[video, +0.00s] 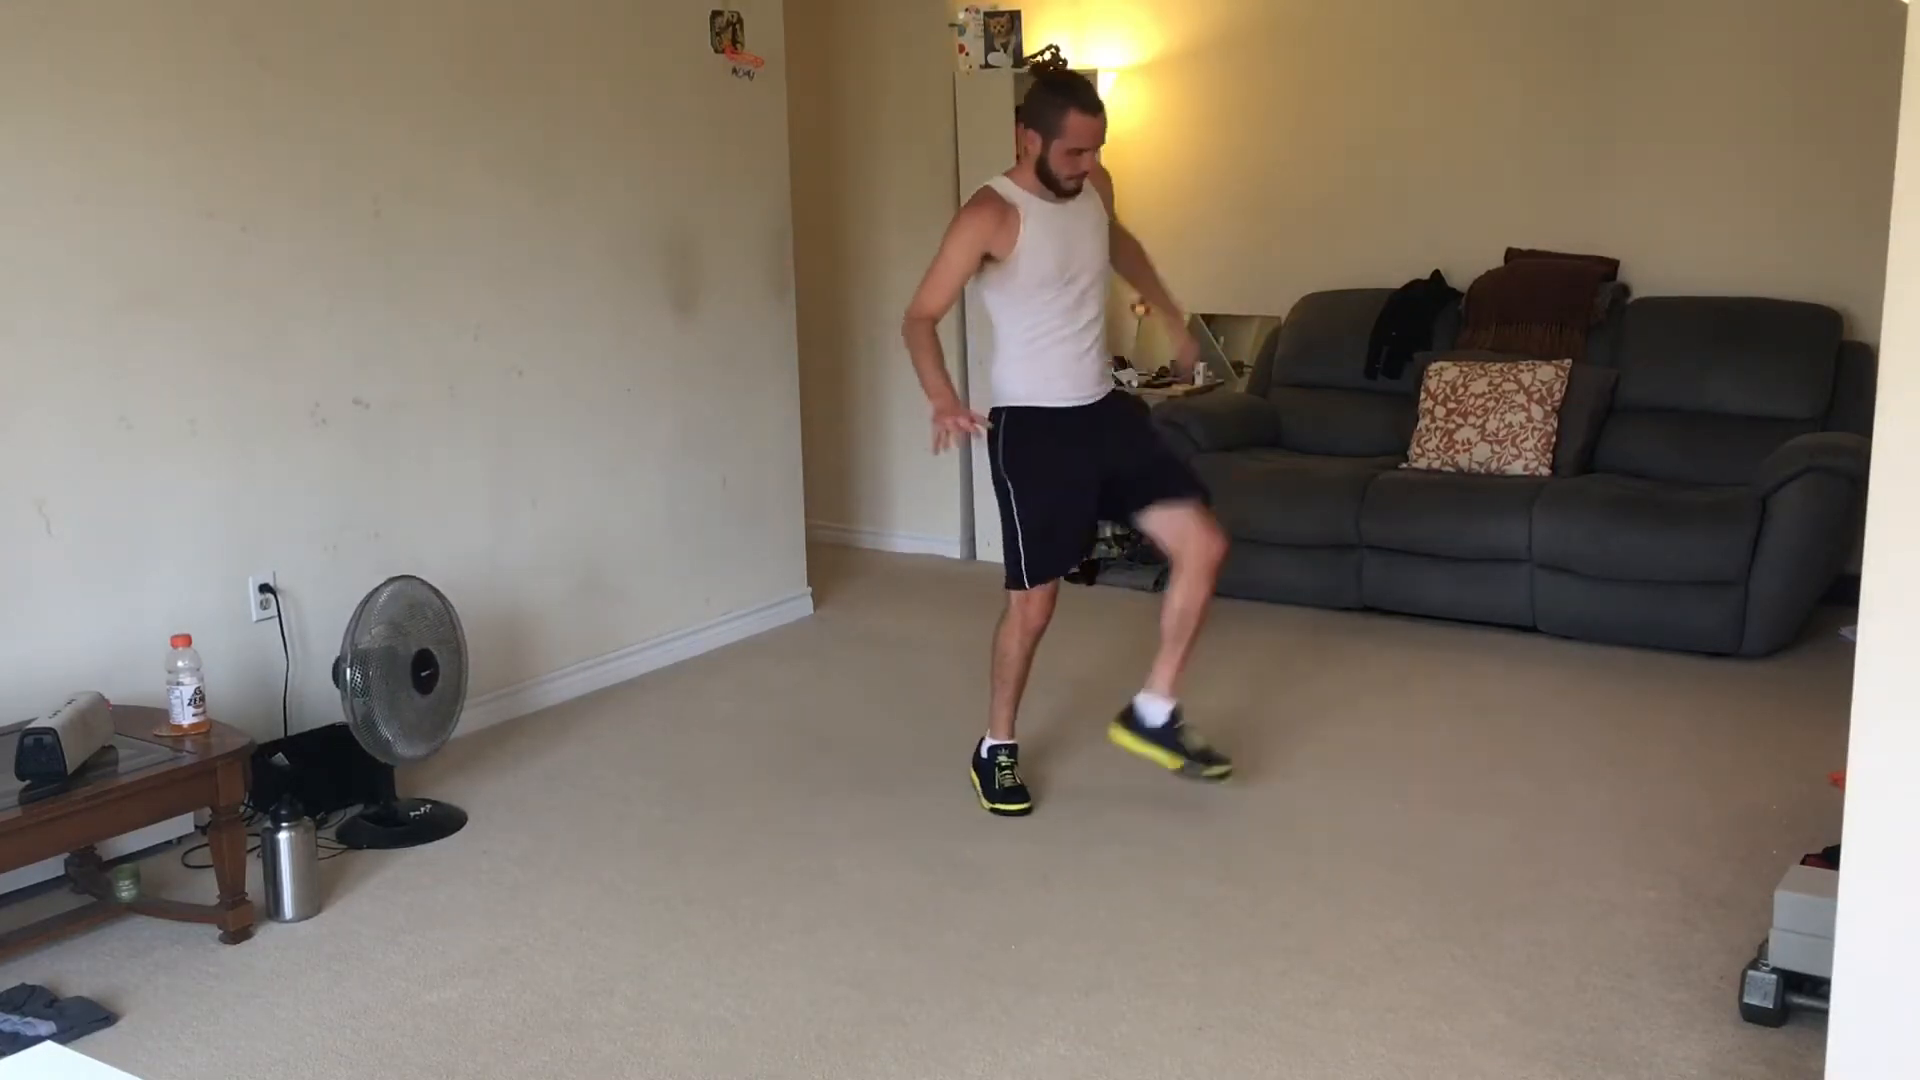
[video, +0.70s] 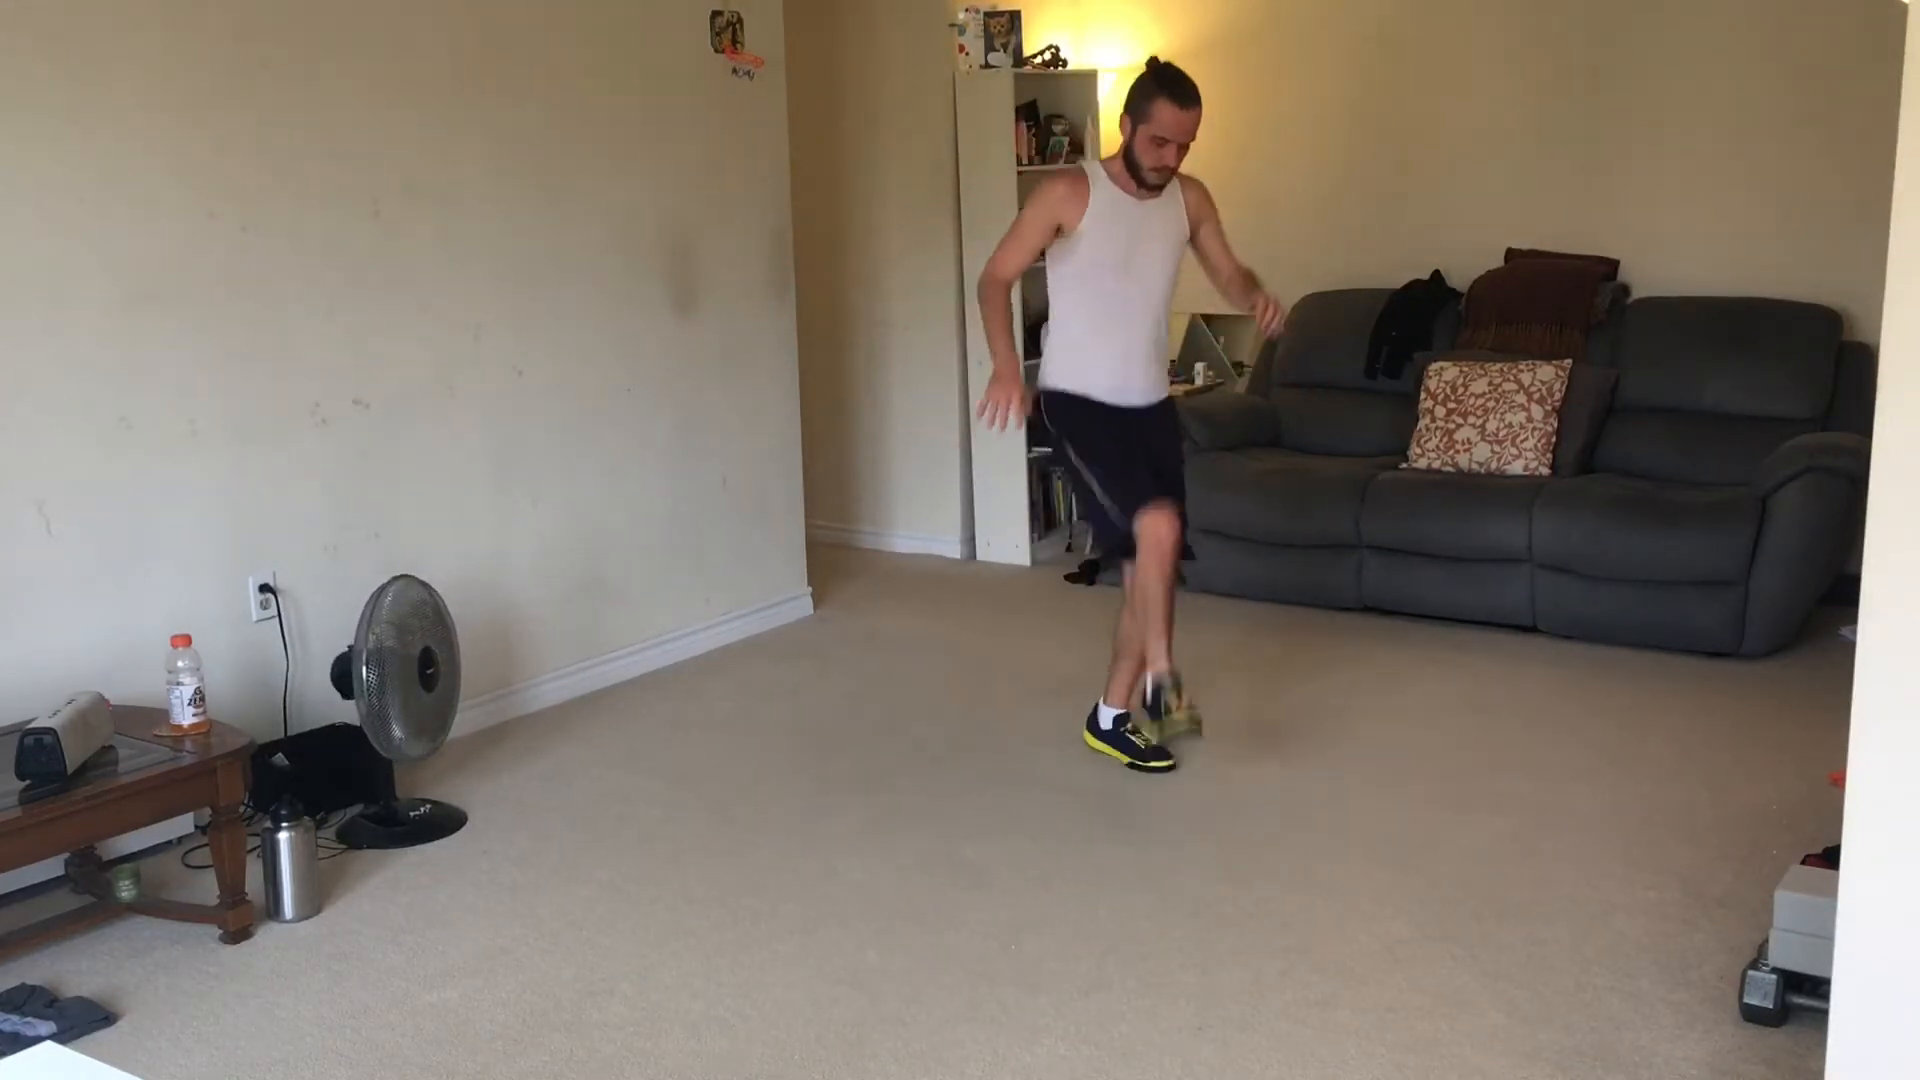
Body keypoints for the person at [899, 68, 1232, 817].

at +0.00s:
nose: (1087, 165)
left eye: (1094, 151)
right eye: (1074, 152)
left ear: (1097, 139)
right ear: (1028, 140)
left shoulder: (1090, 193)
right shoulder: (989, 214)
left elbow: (1123, 251)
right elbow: (919, 319)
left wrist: (1174, 321)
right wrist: (941, 397)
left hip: (1105, 414)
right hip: (1031, 427)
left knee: (1201, 545)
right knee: (1033, 601)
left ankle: (1155, 709)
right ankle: (997, 747)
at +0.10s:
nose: (1110, 162)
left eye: (1118, 149)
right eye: (1098, 148)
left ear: (1125, 140)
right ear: (1058, 138)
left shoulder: (1126, 197)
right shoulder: (1013, 211)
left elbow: (1164, 263)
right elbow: (939, 309)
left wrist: (1247, 330)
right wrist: (954, 401)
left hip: (1122, 420)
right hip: (1046, 423)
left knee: (1140, 594)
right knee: (1069, 600)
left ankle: (1099, 730)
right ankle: (1019, 728)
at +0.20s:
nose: (1132, 176)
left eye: (1142, 162)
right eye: (1119, 161)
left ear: (1152, 153)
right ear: (1083, 146)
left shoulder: (1154, 214)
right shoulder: (1031, 217)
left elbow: (1208, 281)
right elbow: (951, 303)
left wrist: (1282, 343)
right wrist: (947, 398)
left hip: (1125, 415)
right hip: (1048, 411)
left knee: (1147, 587)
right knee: (1101, 511)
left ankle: (1101, 732)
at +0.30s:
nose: (1151, 169)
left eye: (1163, 156)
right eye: (1139, 154)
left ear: (1172, 145)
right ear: (1105, 134)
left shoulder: (1173, 194)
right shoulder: (1046, 194)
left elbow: (1228, 261)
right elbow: (955, 263)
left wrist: (1268, 326)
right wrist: (940, 364)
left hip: (1121, 395)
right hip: (1043, 387)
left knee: (1122, 564)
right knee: (1119, 421)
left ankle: (1101, 726)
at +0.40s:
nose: (1163, 170)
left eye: (1176, 158)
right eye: (1153, 154)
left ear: (1187, 144)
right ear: (1122, 131)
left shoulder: (1183, 193)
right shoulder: (1054, 184)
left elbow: (1231, 267)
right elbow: (968, 246)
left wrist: (1248, 328)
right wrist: (950, 346)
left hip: (1123, 381)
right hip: (1051, 374)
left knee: (1130, 559)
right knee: (1155, 410)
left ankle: (1110, 711)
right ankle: (1214, 558)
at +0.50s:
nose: (1168, 179)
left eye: (1180, 167)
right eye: (1157, 163)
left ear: (1190, 155)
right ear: (1124, 142)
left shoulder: (1179, 206)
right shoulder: (1060, 203)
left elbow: (1204, 285)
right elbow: (982, 277)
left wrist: (1231, 341)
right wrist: (971, 376)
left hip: (1146, 405)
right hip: (1073, 405)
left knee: (1153, 571)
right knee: (1175, 527)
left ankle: (1114, 714)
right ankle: (1150, 675)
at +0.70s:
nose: (1172, 157)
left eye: (1183, 143)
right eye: (1159, 141)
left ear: (1192, 137)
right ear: (1127, 125)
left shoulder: (1188, 198)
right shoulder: (1070, 192)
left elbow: (1229, 277)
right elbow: (994, 279)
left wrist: (1257, 296)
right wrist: (1004, 367)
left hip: (1150, 402)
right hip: (1076, 399)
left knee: (1157, 559)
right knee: (1157, 522)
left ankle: (1111, 715)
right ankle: (1162, 687)